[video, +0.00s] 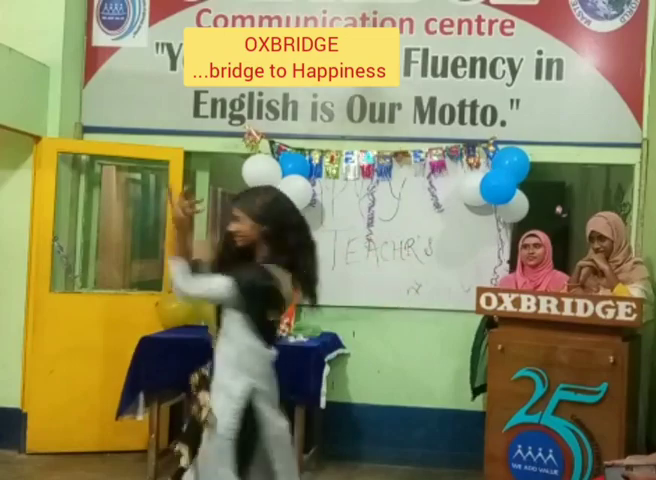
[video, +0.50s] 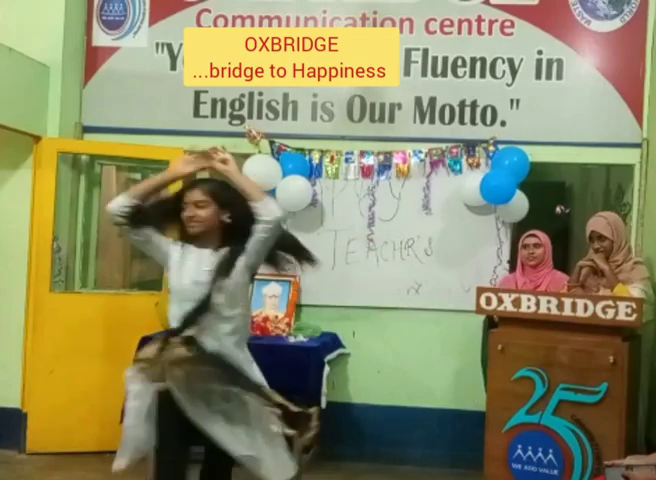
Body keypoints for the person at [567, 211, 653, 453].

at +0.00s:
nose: (596, 245)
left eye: (602, 239)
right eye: (592, 239)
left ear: (617, 238)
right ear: (588, 241)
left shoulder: (635, 267)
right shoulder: (585, 266)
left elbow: (635, 303)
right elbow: (570, 303)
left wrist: (608, 273)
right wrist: (577, 279)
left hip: (622, 341)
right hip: (587, 340)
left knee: (620, 402)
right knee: (587, 402)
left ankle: (619, 457)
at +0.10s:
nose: (596, 245)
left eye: (602, 239)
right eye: (592, 239)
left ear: (617, 238)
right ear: (588, 241)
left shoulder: (635, 267)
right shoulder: (585, 266)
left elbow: (635, 303)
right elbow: (570, 303)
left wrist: (608, 273)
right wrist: (577, 279)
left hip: (622, 341)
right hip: (587, 340)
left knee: (620, 402)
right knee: (587, 402)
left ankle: (619, 457)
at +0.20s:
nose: (596, 245)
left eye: (602, 239)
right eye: (592, 240)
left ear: (617, 238)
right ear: (588, 241)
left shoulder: (635, 267)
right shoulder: (585, 267)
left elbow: (635, 304)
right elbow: (570, 304)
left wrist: (608, 273)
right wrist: (577, 280)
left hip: (622, 341)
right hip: (587, 339)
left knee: (620, 402)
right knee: (588, 403)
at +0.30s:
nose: (596, 245)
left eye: (602, 239)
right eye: (592, 239)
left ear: (617, 238)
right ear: (588, 241)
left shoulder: (635, 267)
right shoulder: (585, 267)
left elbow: (635, 303)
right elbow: (570, 303)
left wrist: (607, 273)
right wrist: (577, 279)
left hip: (622, 341)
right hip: (587, 340)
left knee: (620, 402)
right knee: (587, 402)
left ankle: (620, 457)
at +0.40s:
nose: (596, 245)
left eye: (602, 239)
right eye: (592, 239)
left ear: (617, 238)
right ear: (588, 241)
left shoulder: (635, 267)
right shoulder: (585, 267)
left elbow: (635, 303)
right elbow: (570, 303)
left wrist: (607, 273)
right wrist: (577, 279)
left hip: (622, 341)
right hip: (587, 340)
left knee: (620, 402)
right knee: (587, 402)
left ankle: (620, 457)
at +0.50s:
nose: (596, 245)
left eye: (602, 239)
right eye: (592, 239)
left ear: (617, 238)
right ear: (588, 241)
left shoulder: (635, 267)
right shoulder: (585, 266)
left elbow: (636, 303)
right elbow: (571, 301)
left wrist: (608, 273)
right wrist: (578, 278)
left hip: (623, 340)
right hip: (588, 339)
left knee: (622, 399)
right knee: (589, 399)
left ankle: (622, 455)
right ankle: (586, 453)